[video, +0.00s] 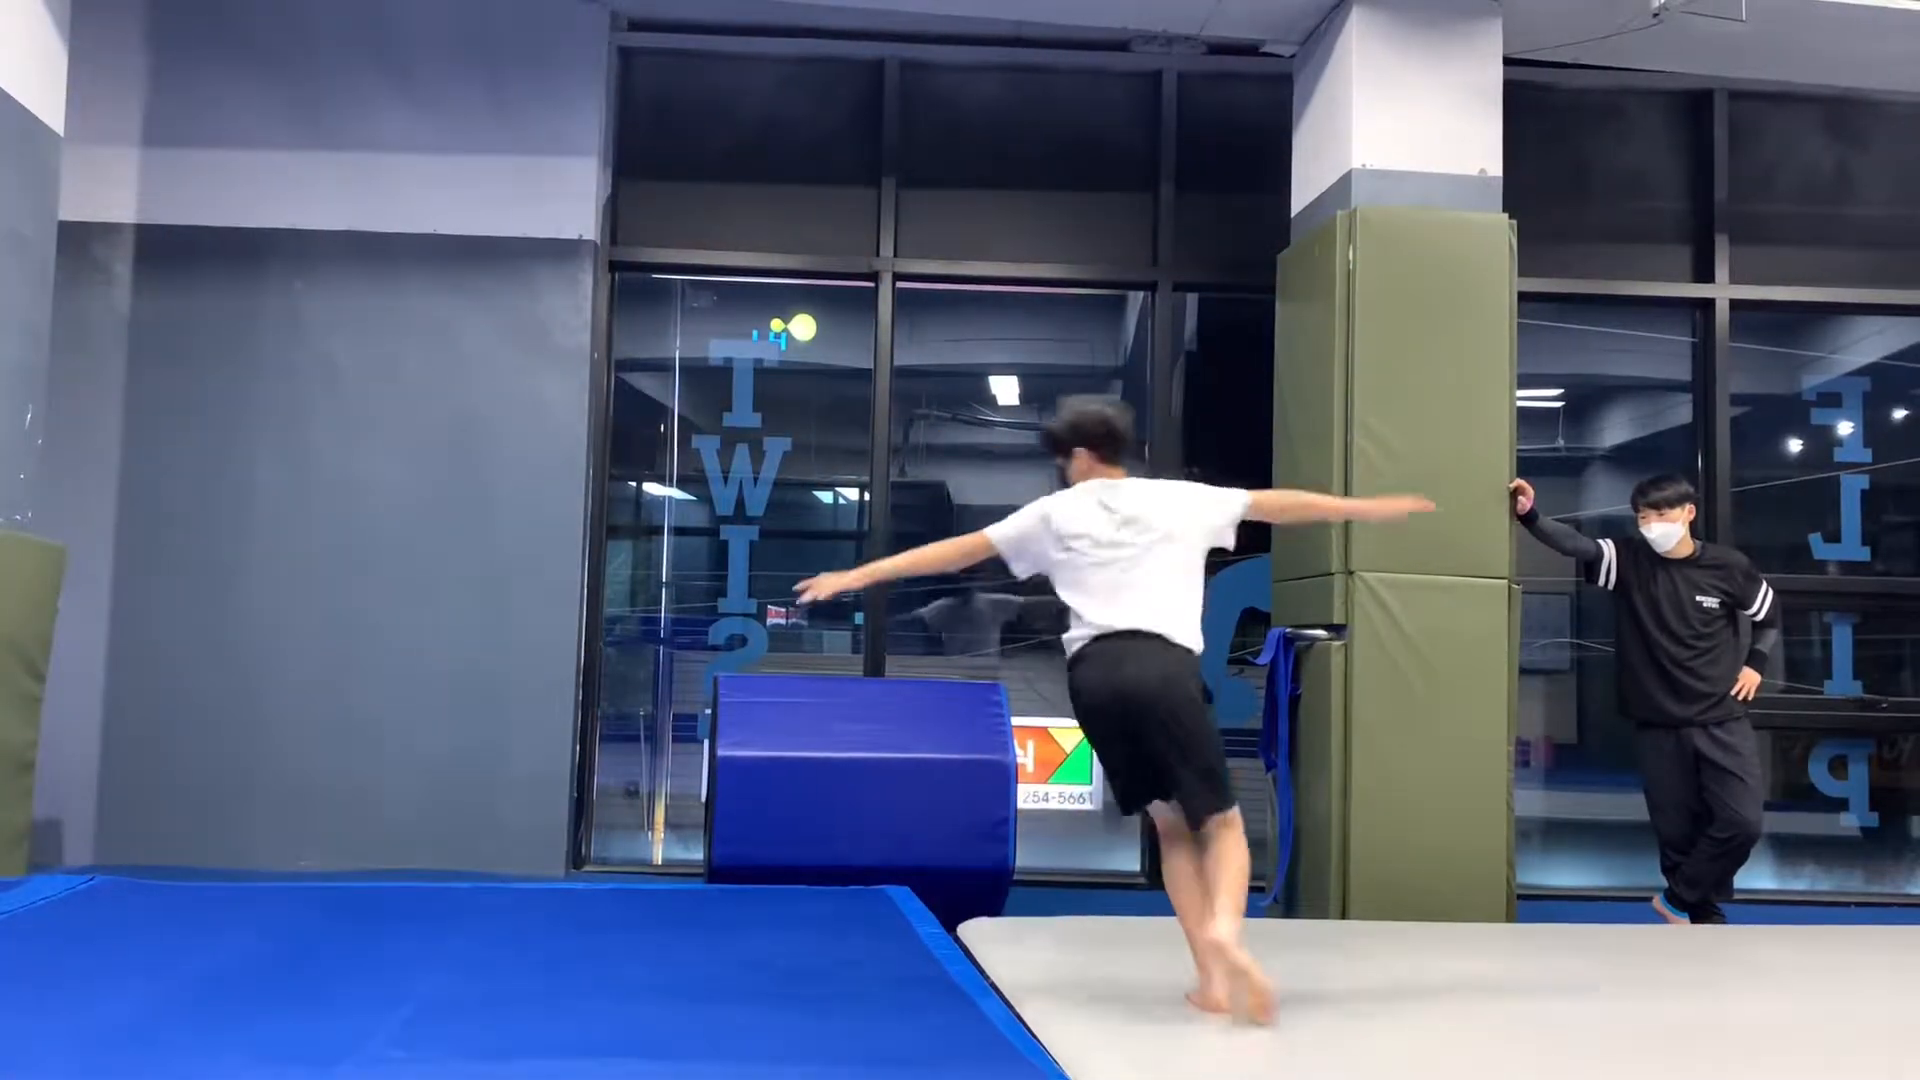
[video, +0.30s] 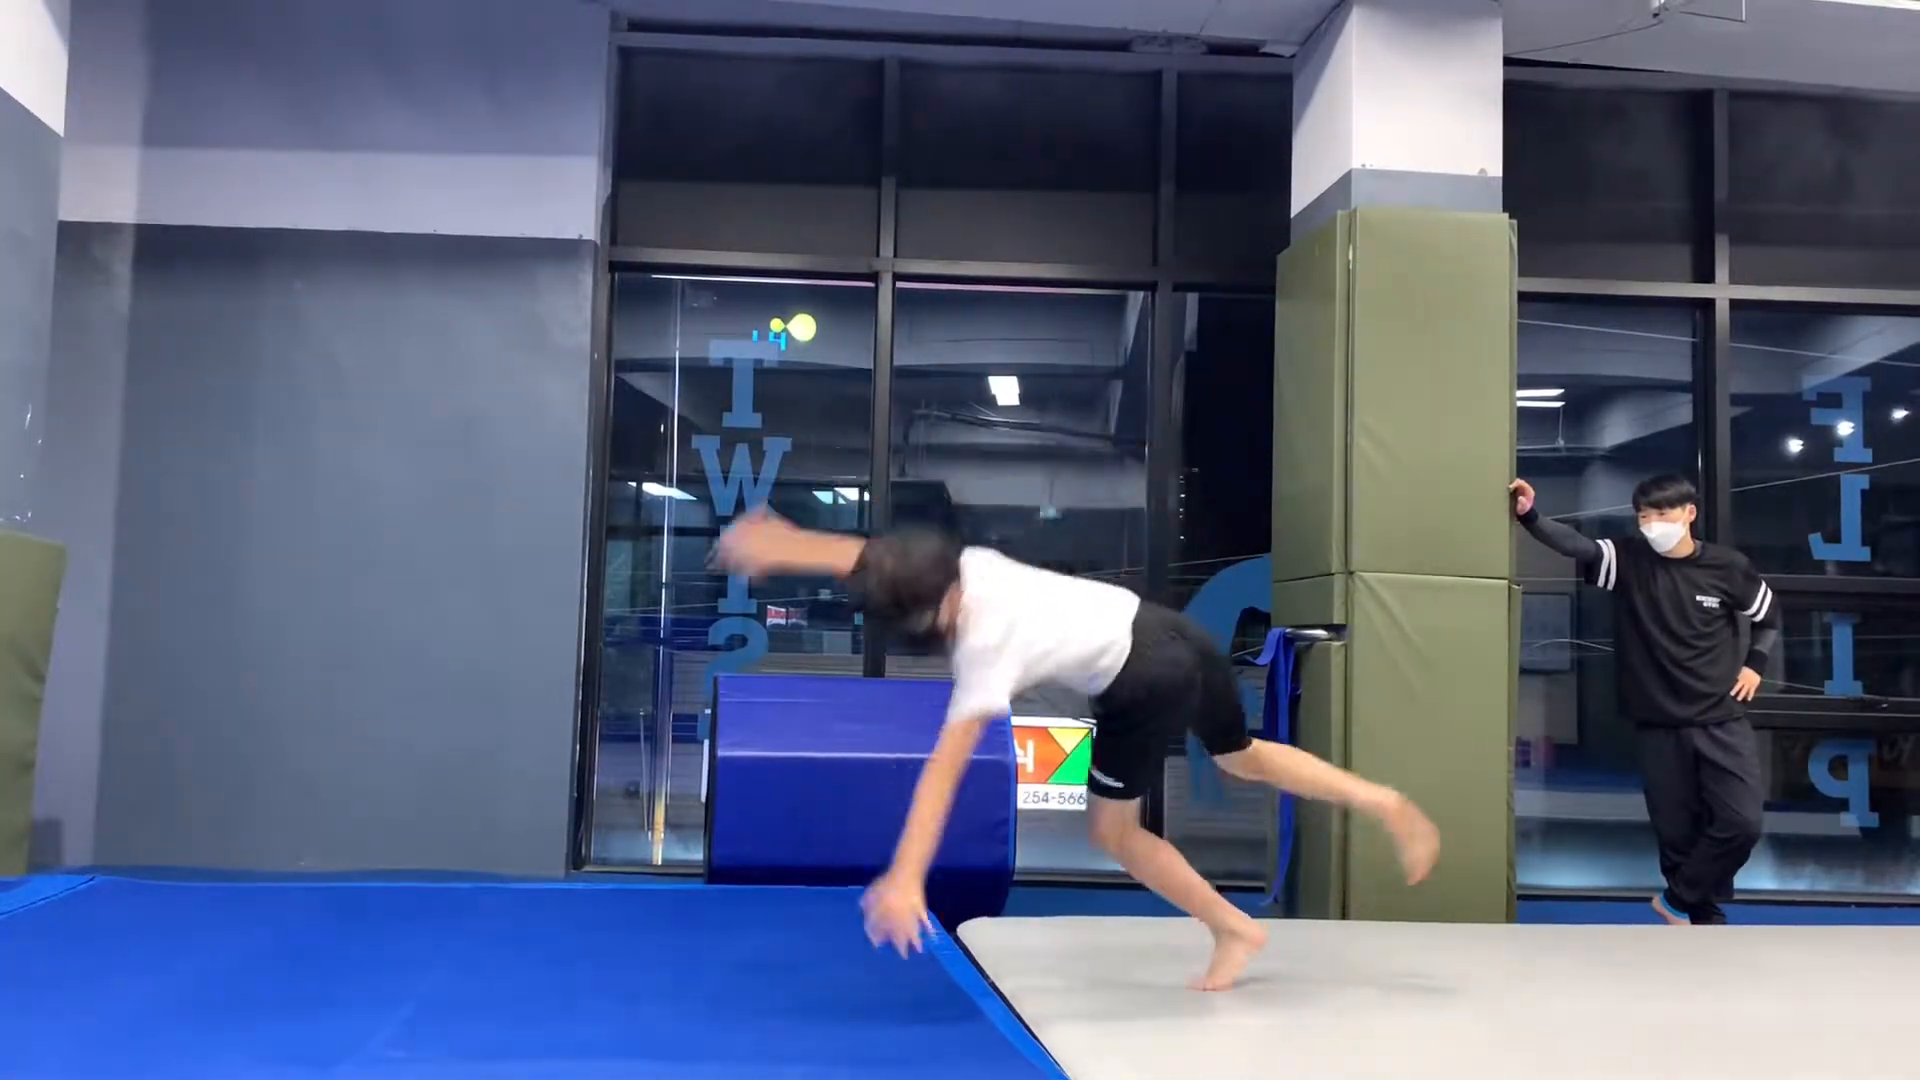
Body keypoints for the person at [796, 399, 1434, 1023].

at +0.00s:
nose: (1063, 471)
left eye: (1063, 460)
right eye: (1065, 461)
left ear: (1080, 457)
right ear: (1124, 453)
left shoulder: (1057, 511)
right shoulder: (1184, 498)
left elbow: (961, 552)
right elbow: (1276, 506)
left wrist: (856, 576)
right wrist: (1361, 508)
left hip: (1095, 669)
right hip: (1166, 663)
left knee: (1169, 825)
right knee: (1221, 818)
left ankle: (1211, 972)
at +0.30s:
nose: (914, 627)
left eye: (913, 619)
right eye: (905, 613)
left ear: (936, 608)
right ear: (931, 578)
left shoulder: (986, 648)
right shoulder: (954, 559)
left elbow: (945, 767)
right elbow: (863, 555)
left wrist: (906, 874)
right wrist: (787, 545)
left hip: (1139, 682)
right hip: (1176, 635)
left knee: (1117, 832)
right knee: (1246, 756)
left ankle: (1234, 930)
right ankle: (1388, 804)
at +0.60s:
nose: (890, 949)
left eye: (896, 941)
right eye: (872, 947)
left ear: (908, 899)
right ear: (840, 897)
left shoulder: (941, 830)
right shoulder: (816, 820)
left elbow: (955, 930)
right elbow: (758, 912)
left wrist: (956, 1022)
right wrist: (723, 1011)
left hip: (973, 680)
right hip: (911, 654)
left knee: (1071, 808)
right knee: (938, 511)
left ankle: (1208, 879)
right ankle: (958, 391)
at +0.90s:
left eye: (826, 903)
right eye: (801, 906)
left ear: (839, 848)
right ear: (770, 866)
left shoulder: (848, 799)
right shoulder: (722, 817)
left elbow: (890, 894)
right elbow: (711, 927)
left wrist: (943, 990)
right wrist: (719, 1028)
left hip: (738, 620)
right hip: (666, 651)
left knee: (802, 620)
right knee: (601, 796)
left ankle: (795, 538)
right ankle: (462, 758)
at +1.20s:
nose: (738, 710)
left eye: (738, 699)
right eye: (727, 715)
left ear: (711, 666)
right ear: (692, 721)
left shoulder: (695, 638)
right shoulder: (632, 743)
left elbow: (792, 608)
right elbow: (648, 867)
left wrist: (888, 568)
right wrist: (685, 974)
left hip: (470, 652)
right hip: (480, 699)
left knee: (382, 795)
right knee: (520, 859)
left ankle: (226, 863)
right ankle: (434, 969)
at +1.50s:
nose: (616, 546)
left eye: (624, 535)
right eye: (622, 533)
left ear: (568, 499)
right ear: (601, 522)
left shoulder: (511, 509)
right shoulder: (560, 588)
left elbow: (478, 486)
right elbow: (506, 711)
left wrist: (538, 496)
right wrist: (491, 824)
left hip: (354, 630)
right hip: (423, 656)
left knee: (287, 820)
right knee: (451, 827)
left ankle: (200, 983)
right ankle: (416, 966)